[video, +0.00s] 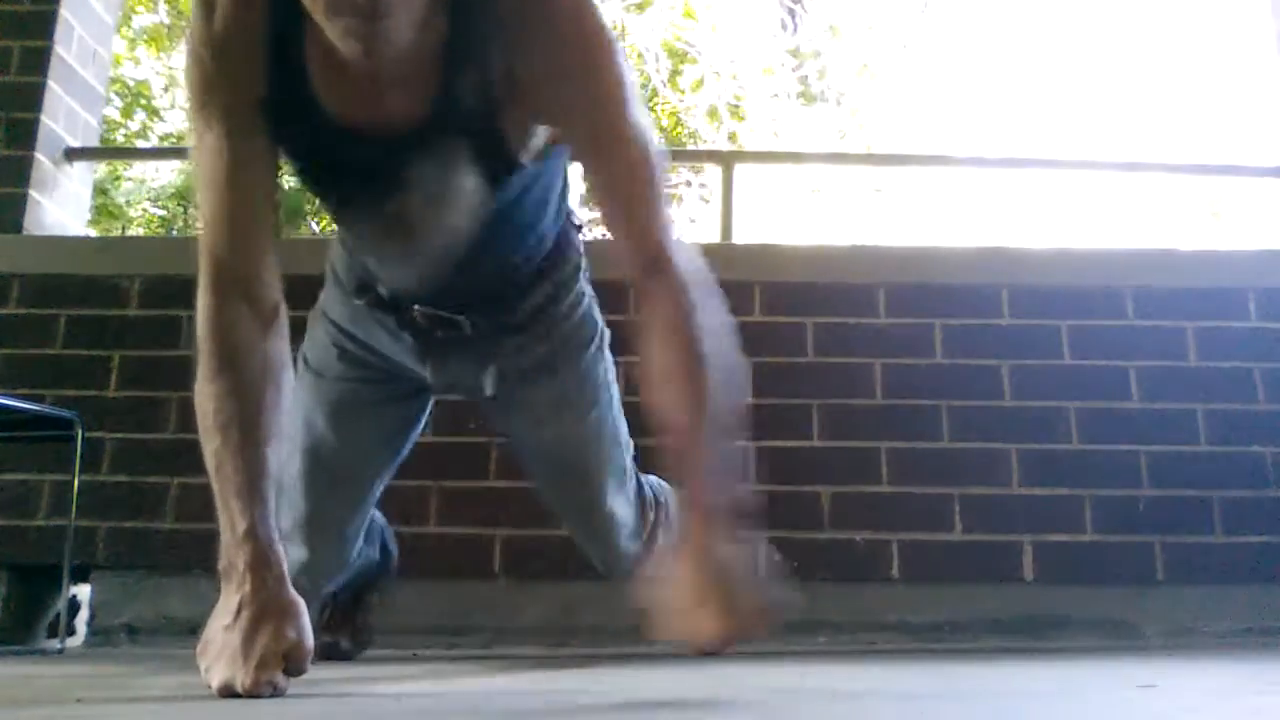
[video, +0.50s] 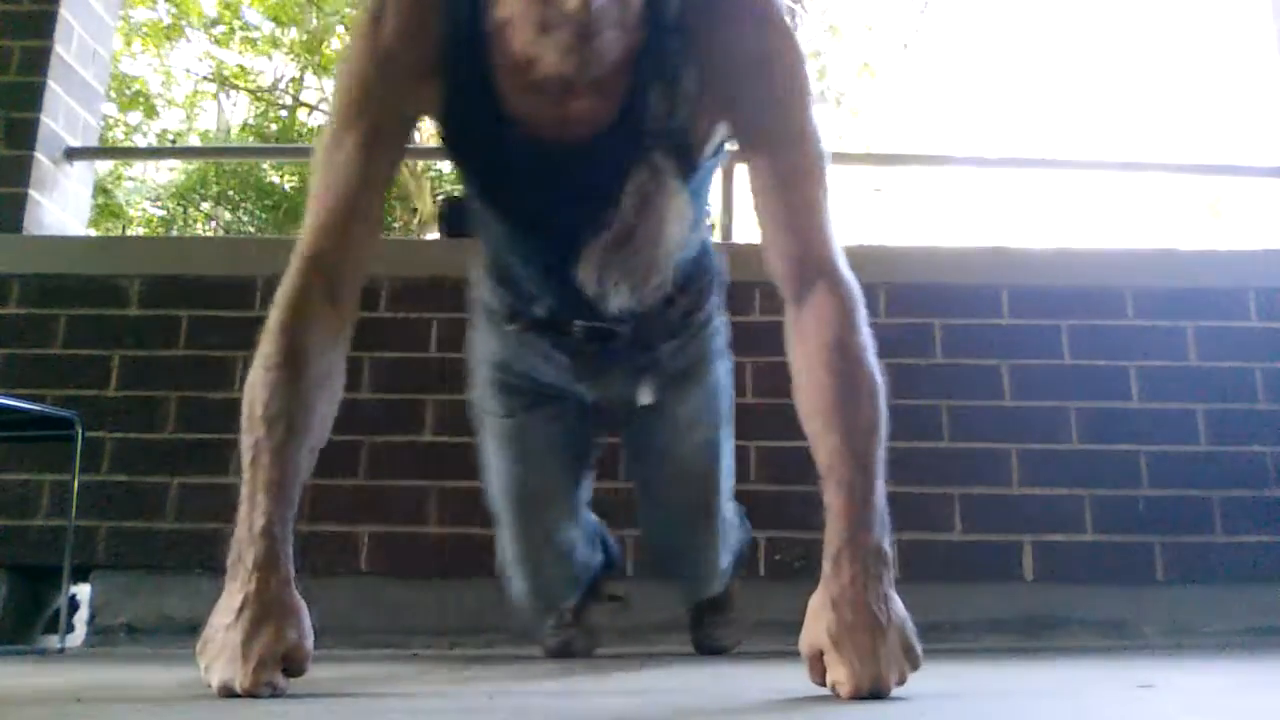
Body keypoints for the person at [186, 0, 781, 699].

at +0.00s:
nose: (357, 5)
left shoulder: (539, 22)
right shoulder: (237, 31)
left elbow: (660, 264)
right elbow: (240, 299)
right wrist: (248, 565)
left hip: (531, 316)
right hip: (367, 316)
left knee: (615, 542)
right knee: (299, 564)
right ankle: (357, 564)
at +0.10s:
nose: (400, 16)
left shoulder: (572, 40)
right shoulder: (266, 33)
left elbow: (730, 292)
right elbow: (251, 303)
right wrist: (249, 572)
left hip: (551, 330)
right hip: (384, 319)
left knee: (621, 542)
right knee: (320, 555)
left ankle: (690, 545)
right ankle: (378, 562)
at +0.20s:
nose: (437, 36)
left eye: (473, 1)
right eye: (401, 1)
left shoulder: (612, 58)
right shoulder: (296, 38)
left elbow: (759, 303)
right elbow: (263, 308)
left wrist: (850, 557)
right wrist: (251, 568)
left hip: (574, 340)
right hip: (408, 325)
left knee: (631, 558)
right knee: (348, 571)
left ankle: (688, 549)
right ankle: (431, 541)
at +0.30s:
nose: (483, 22)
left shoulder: (650, 45)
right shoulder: (332, 32)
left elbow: (775, 298)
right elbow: (276, 306)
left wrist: (853, 561)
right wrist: (252, 564)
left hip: (603, 339)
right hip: (437, 334)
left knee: (643, 568)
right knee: (410, 591)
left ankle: (682, 556)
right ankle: (507, 523)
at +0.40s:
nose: (525, 13)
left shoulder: (692, 34)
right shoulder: (370, 27)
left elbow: (793, 287)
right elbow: (297, 296)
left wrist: (858, 561)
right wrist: (255, 566)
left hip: (636, 340)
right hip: (475, 338)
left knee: (663, 565)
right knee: (482, 593)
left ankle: (693, 569)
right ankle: (565, 549)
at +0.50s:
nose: (558, 45)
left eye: (588, 16)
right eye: (528, 18)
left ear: (639, 4)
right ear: (489, 4)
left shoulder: (734, 24)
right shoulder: (409, 26)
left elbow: (813, 281)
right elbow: (322, 284)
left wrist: (860, 564)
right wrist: (259, 567)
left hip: (676, 321)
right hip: (522, 326)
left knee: (695, 554)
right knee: (541, 590)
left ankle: (710, 574)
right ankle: (586, 559)